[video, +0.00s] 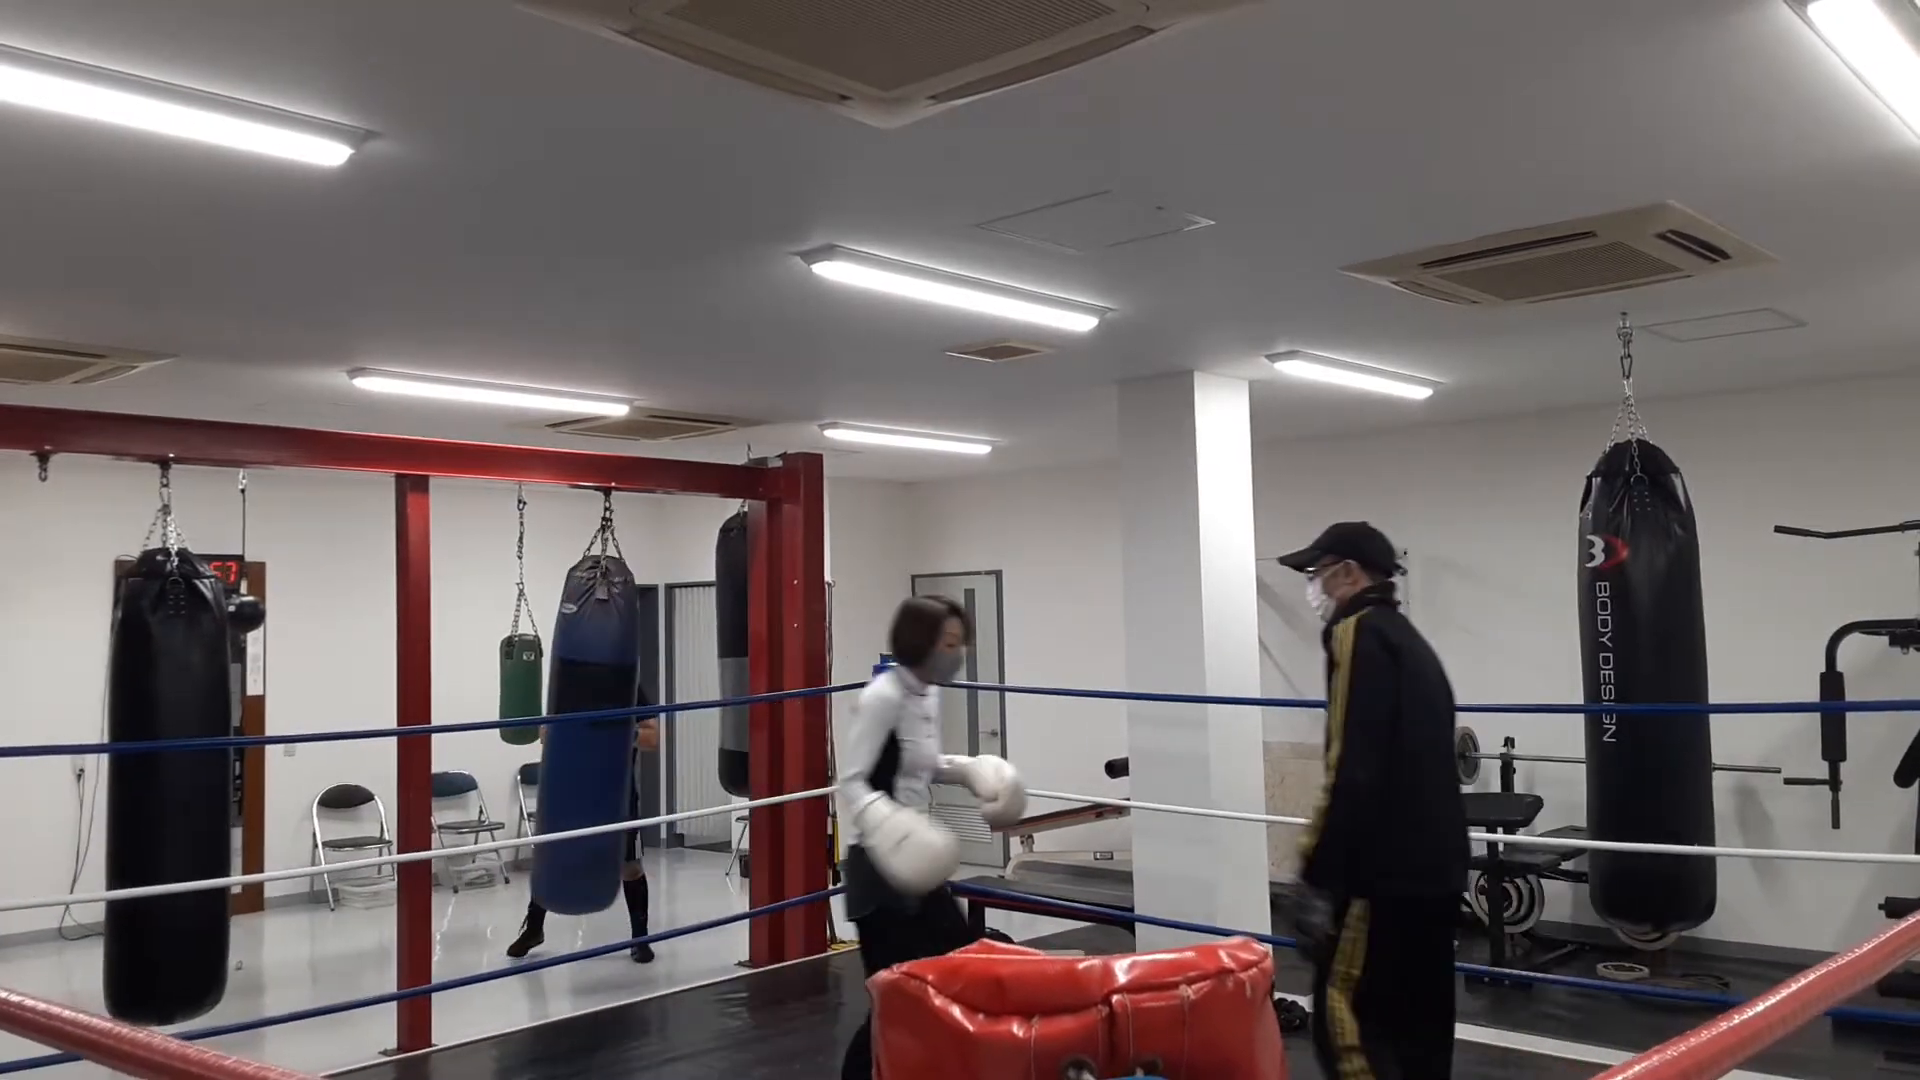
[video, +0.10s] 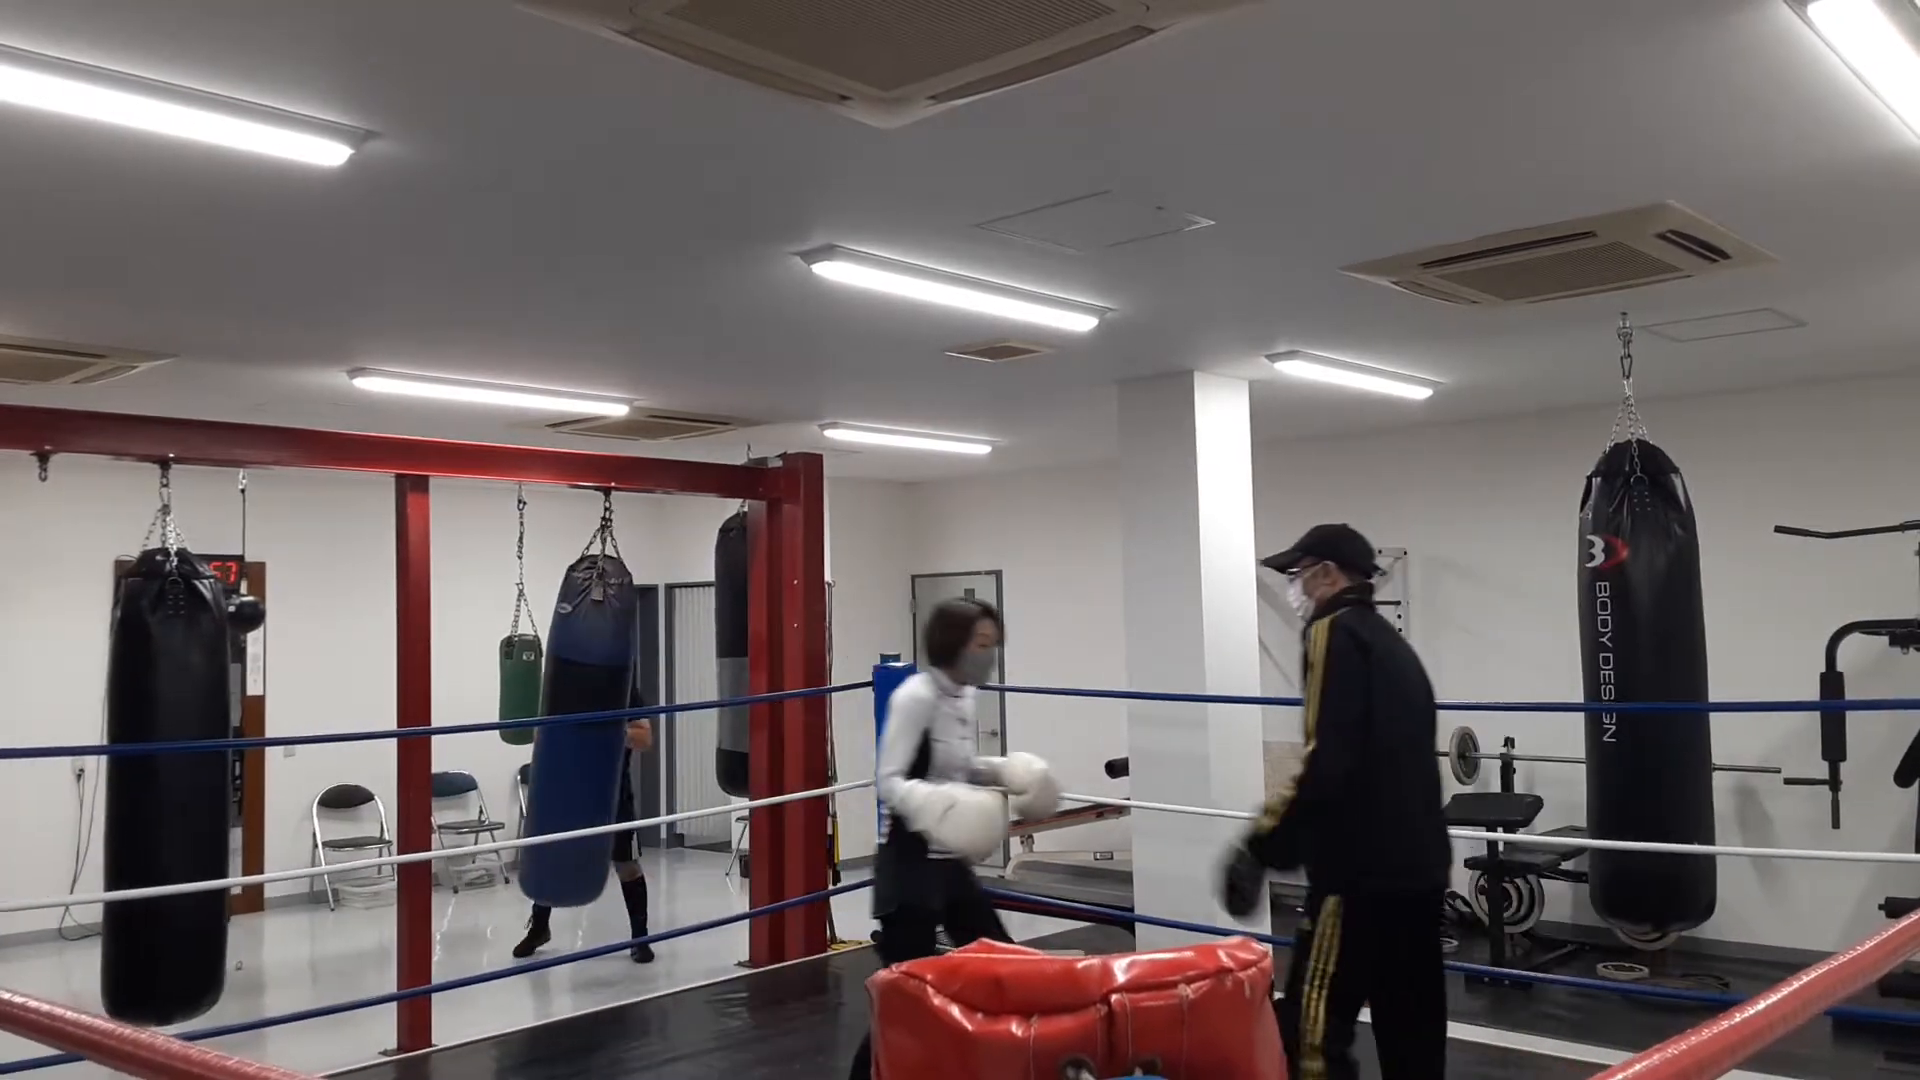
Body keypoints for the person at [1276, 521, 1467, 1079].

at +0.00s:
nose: (1312, 590)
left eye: (1318, 576)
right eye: (1311, 578)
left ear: (1349, 573)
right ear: (1364, 576)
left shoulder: (1359, 631)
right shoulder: (1408, 638)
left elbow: (1353, 768)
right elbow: (1426, 768)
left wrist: (1317, 878)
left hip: (1384, 866)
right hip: (1433, 862)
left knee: (1341, 1004)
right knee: (1419, 1012)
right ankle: (1423, 1077)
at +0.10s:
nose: (1297, 590)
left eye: (1303, 576)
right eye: (1296, 578)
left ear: (1332, 573)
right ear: (1355, 577)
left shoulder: (1334, 631)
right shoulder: (1394, 643)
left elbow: (1329, 759)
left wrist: (1259, 849)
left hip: (1356, 867)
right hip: (1416, 864)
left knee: (1312, 1025)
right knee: (1412, 1031)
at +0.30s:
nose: (1246, 591)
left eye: (1252, 579)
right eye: (1247, 580)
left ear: (1279, 580)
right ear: (1303, 584)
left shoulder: (1270, 643)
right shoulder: (1356, 651)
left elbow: (1247, 755)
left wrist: (1153, 772)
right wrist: (1227, 731)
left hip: (1306, 874)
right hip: (1379, 874)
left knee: (1267, 1044)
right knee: (1398, 1051)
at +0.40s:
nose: (1220, 592)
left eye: (1226, 581)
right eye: (1220, 581)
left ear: (1251, 585)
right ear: (1279, 588)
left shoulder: (1230, 654)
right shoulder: (1323, 655)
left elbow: (1189, 762)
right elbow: (1272, 740)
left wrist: (1102, 767)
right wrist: (1168, 735)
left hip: (1266, 869)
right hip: (1343, 866)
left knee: (1235, 1013)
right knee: (1383, 1030)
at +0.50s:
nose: (1183, 589)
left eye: (1188, 579)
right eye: (1185, 579)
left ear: (1209, 585)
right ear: (1243, 587)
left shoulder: (1184, 658)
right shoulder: (1290, 654)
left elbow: (1145, 768)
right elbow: (1292, 752)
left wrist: (1089, 773)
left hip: (1225, 866)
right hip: (1307, 860)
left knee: (1213, 1014)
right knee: (1353, 1013)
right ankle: (1381, 1074)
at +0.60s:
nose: (1151, 594)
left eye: (1155, 583)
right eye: (1151, 583)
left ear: (1175, 586)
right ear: (1212, 585)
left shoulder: (1149, 660)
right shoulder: (1266, 650)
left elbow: (1101, 776)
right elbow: (1298, 751)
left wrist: (1101, 794)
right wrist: (1264, 796)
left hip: (1199, 861)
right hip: (1285, 854)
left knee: (1204, 1005)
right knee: (1314, 999)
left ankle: (1206, 1078)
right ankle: (1342, 1072)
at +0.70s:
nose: (1129, 596)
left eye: (1130, 586)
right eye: (1129, 586)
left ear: (1146, 588)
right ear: (1193, 583)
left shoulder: (1122, 663)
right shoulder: (1250, 647)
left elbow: (1092, 779)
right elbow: (1293, 755)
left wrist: (1137, 816)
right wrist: (1236, 767)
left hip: (1177, 862)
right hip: (1267, 857)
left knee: (1190, 1005)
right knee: (1286, 1001)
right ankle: (1303, 1074)